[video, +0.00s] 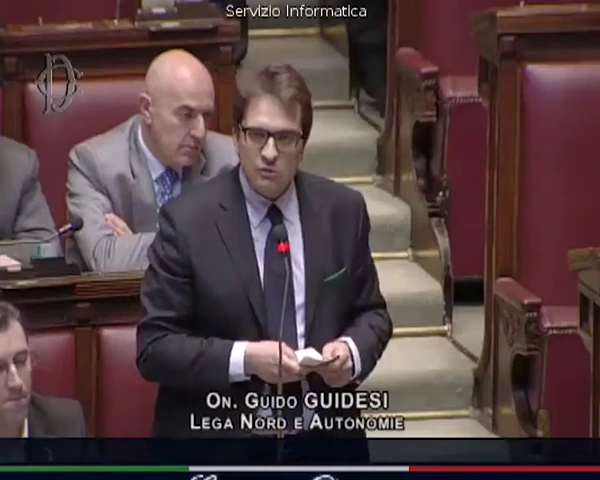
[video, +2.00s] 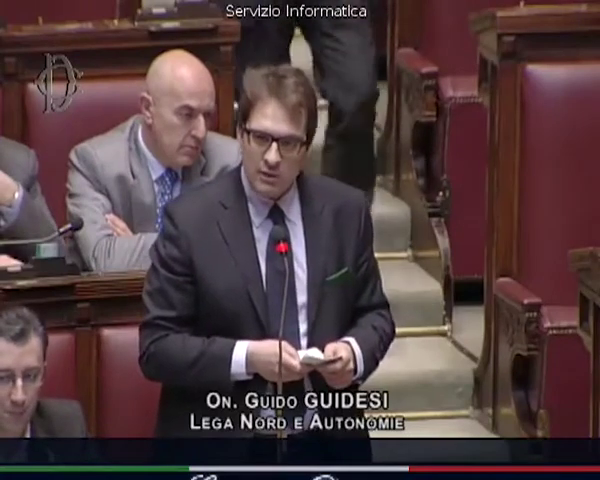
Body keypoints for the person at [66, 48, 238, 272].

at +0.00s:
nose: (200, 132)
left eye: (207, 115)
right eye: (186, 115)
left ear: (212, 110)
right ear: (146, 108)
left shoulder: (229, 156)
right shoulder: (92, 161)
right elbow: (105, 259)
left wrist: (138, 250)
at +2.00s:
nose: (200, 132)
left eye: (207, 115)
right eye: (186, 115)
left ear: (213, 109)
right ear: (147, 108)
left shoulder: (232, 158)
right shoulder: (92, 161)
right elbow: (104, 259)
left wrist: (138, 251)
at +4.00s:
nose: (199, 131)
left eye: (206, 114)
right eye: (186, 114)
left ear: (211, 110)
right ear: (146, 108)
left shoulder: (216, 154)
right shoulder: (92, 160)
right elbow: (105, 260)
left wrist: (137, 246)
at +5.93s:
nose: (184, 125)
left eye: (194, 110)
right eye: (170, 106)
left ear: (203, 108)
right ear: (140, 104)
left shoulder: (231, 157)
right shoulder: (91, 161)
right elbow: (105, 259)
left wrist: (138, 251)